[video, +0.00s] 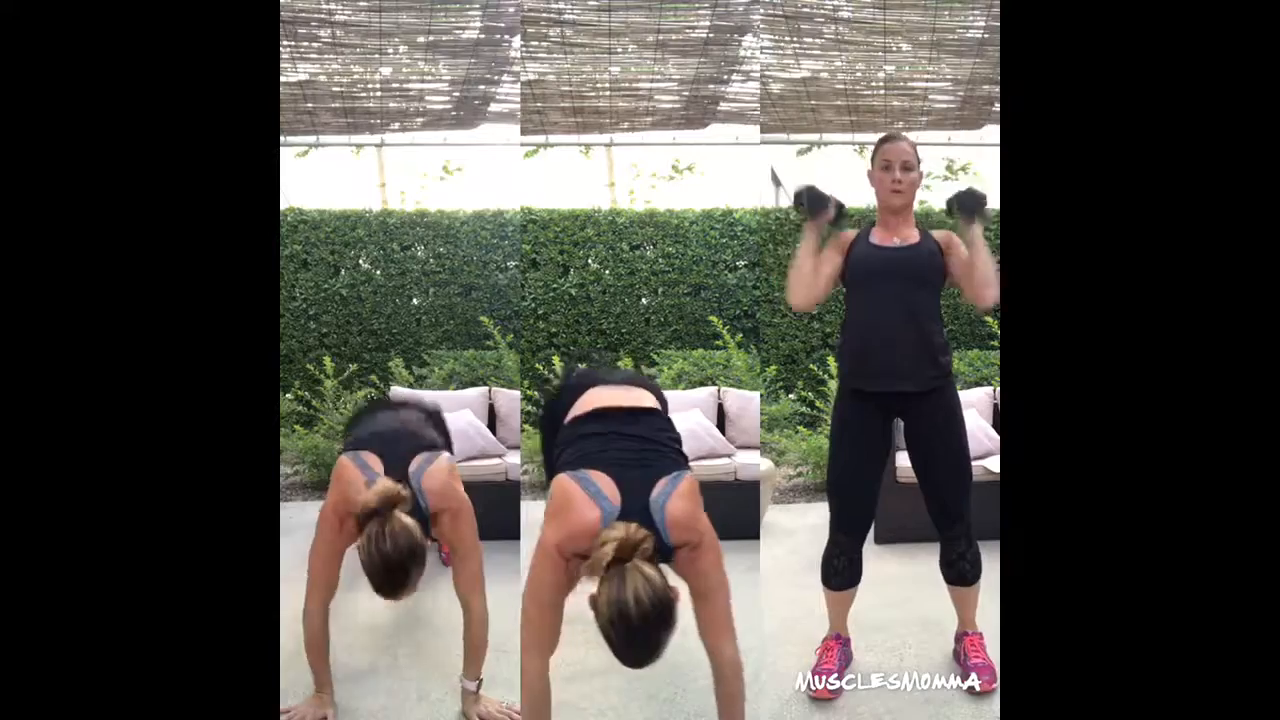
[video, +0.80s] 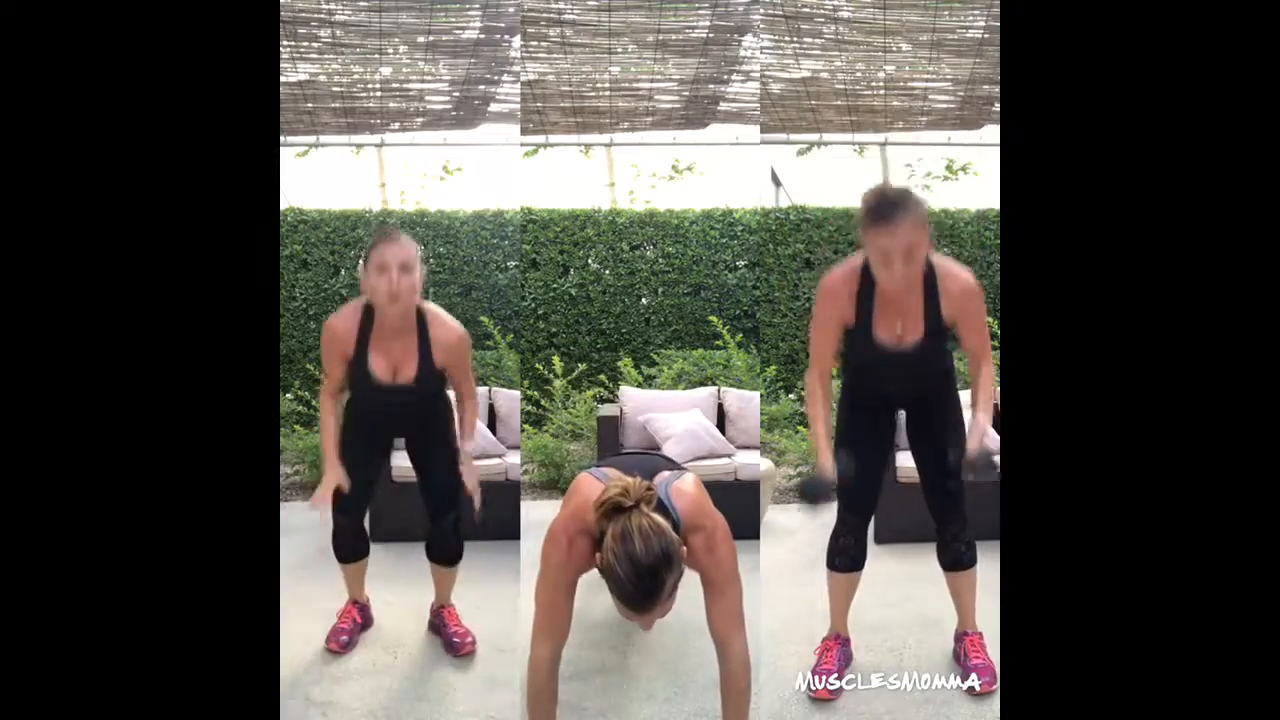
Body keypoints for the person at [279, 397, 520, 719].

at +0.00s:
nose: (400, 598)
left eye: (409, 591)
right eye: (390, 594)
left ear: (427, 539)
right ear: (361, 546)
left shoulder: (451, 501)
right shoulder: (340, 505)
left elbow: (474, 601)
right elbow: (316, 603)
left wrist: (472, 690)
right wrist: (322, 692)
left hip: (433, 426)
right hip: (364, 428)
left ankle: (443, 536)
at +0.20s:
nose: (388, 573)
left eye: (396, 569)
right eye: (379, 568)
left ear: (417, 528)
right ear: (361, 523)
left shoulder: (439, 485)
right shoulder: (348, 480)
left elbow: (461, 598)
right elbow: (332, 595)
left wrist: (471, 690)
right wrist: (323, 693)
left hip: (434, 385)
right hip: (366, 384)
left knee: (456, 501)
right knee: (335, 500)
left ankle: (445, 554)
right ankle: (357, 551)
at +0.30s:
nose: (392, 558)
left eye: (397, 550)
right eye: (381, 553)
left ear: (413, 513)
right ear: (360, 522)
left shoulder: (437, 481)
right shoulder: (345, 476)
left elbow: (462, 598)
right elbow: (324, 594)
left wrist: (472, 690)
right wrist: (321, 691)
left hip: (434, 405)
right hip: (366, 404)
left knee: (463, 521)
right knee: (334, 506)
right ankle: (353, 603)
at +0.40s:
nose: (385, 506)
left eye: (393, 493)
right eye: (374, 494)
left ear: (409, 473)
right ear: (357, 477)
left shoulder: (433, 453)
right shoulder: (339, 463)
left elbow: (467, 575)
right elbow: (315, 571)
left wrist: (479, 676)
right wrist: (307, 676)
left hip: (430, 428)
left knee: (461, 527)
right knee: (336, 527)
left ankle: (445, 610)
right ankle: (357, 606)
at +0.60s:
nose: (392, 380)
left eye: (401, 367)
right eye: (379, 369)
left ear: (416, 360)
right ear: (361, 366)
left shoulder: (438, 387)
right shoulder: (345, 390)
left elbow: (484, 468)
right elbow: (302, 472)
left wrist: (484, 552)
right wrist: (294, 561)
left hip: (428, 439)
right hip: (367, 438)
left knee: (455, 515)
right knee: (343, 516)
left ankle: (444, 609)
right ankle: (358, 605)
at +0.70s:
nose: (392, 327)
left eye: (403, 315)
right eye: (380, 314)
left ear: (419, 316)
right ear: (362, 316)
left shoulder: (445, 359)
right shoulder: (342, 356)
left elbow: (480, 422)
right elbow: (311, 423)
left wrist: (479, 496)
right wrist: (311, 503)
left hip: (429, 419)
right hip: (368, 417)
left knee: (451, 511)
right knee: (345, 511)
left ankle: (444, 609)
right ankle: (357, 605)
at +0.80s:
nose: (395, 280)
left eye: (406, 269)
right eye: (383, 270)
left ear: (421, 277)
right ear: (364, 277)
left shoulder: (448, 333)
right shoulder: (343, 328)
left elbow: (466, 394)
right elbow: (331, 394)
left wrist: (466, 456)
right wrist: (331, 463)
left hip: (429, 420)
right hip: (367, 420)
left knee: (448, 511)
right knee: (346, 511)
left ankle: (443, 609)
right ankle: (357, 605)